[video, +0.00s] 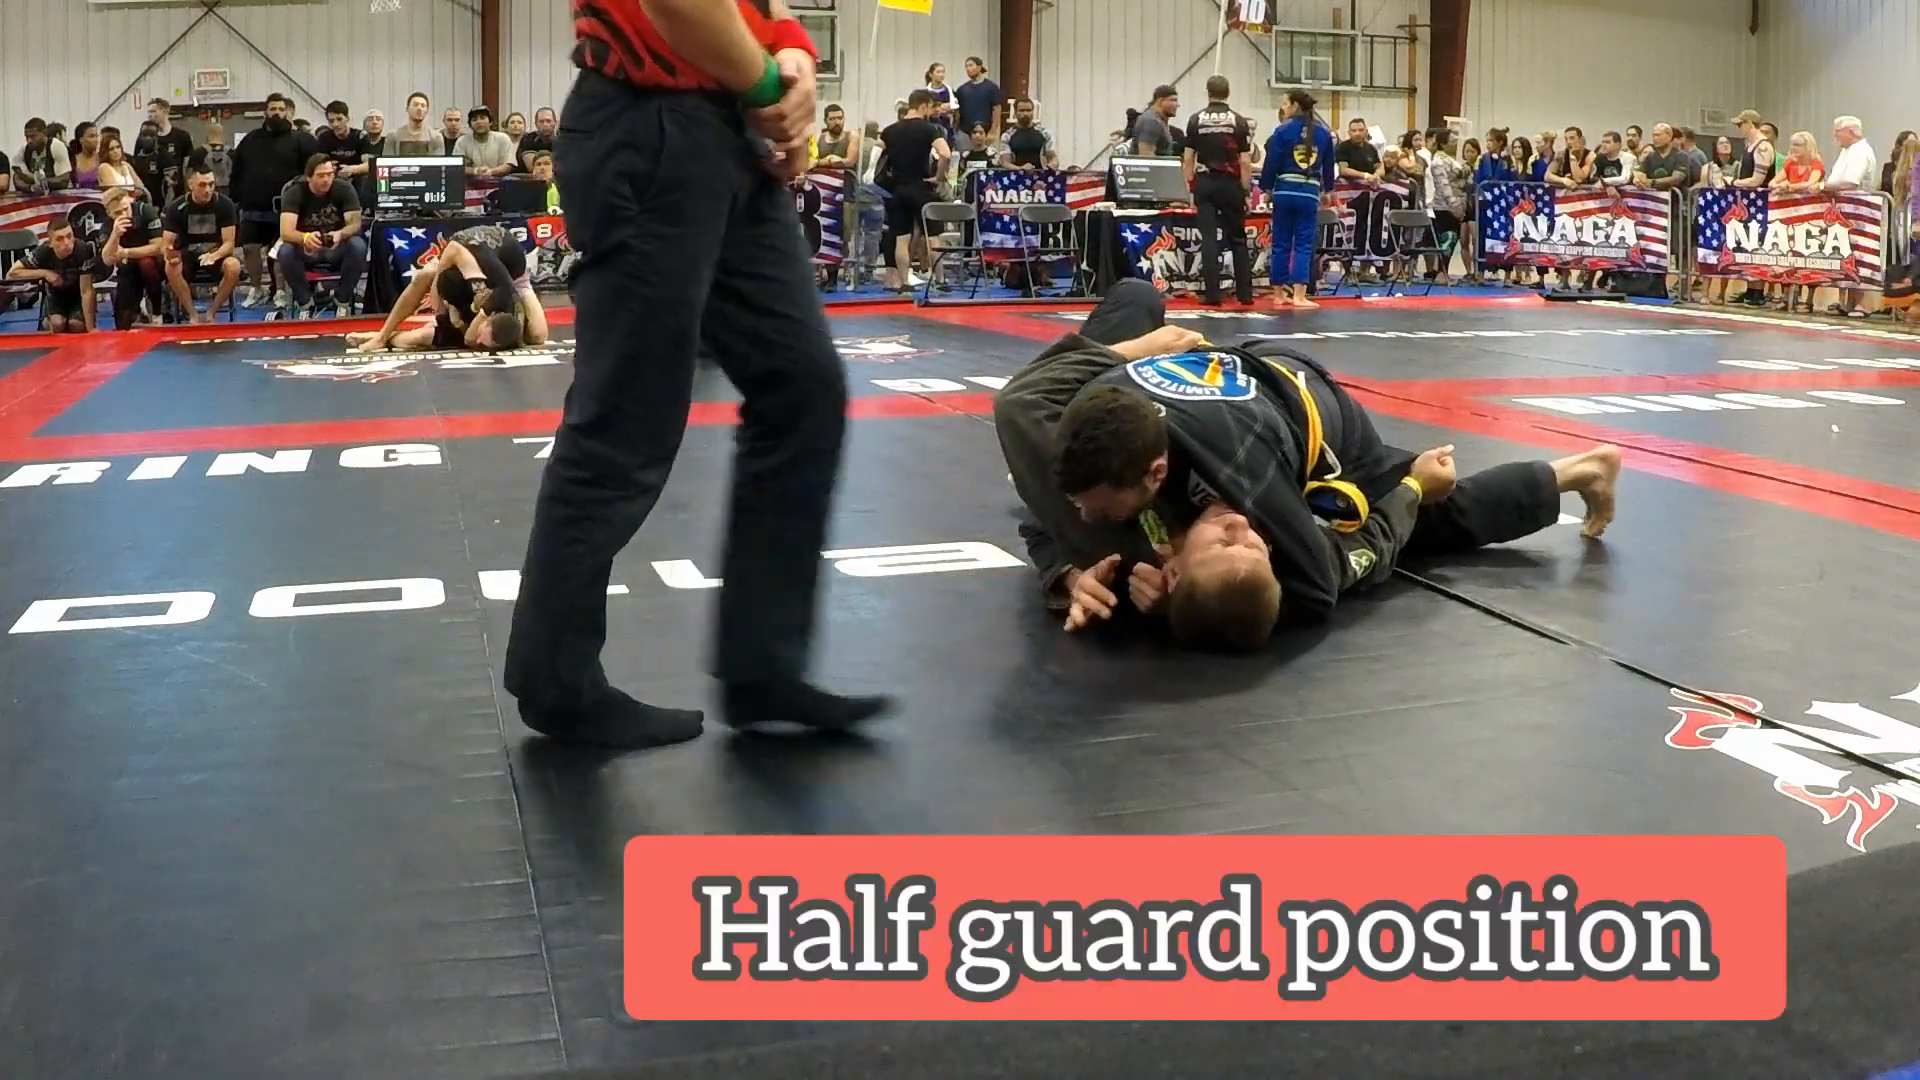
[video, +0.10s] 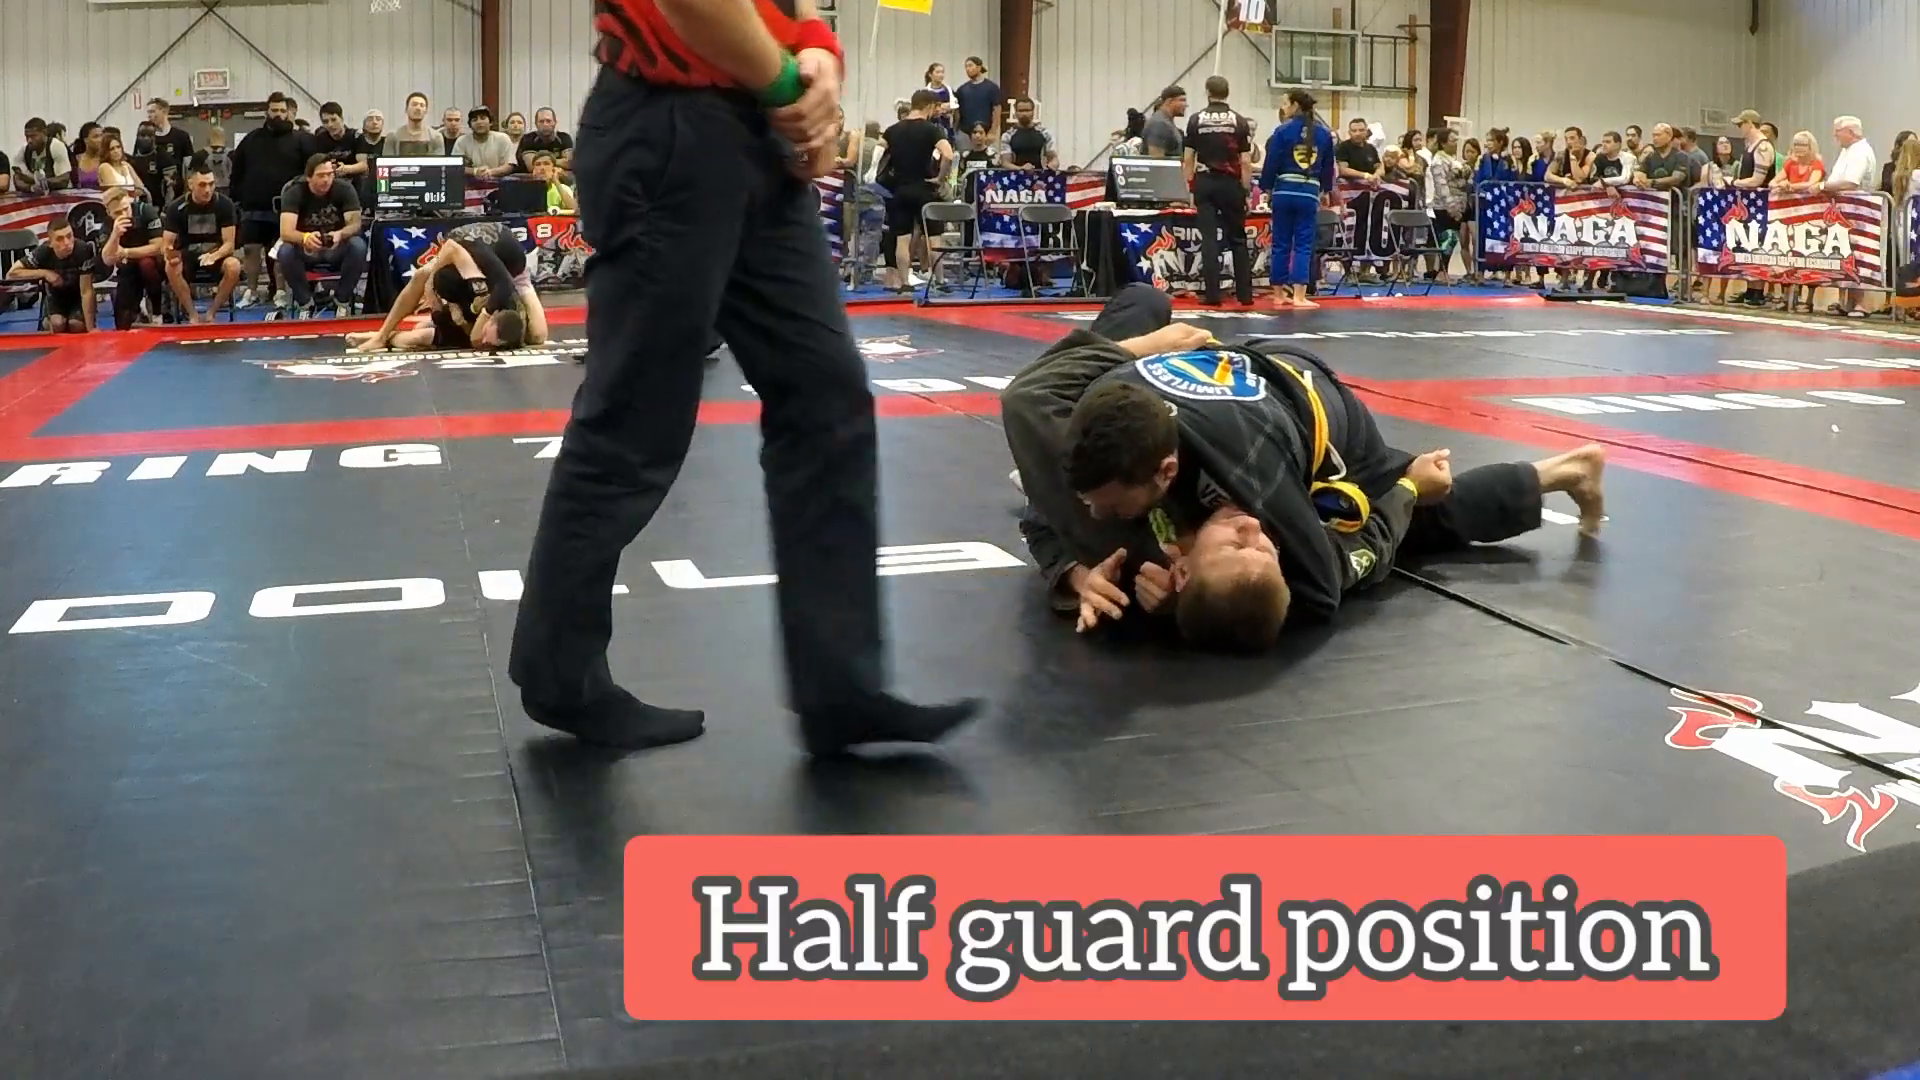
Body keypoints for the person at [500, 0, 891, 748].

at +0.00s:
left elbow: (755, 9)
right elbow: (672, 5)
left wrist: (798, 58)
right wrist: (768, 94)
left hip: (730, 123)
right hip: (644, 119)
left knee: (802, 392)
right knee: (621, 426)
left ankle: (761, 677)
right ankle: (556, 684)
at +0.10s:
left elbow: (794, 12)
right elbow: (684, 7)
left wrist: (823, 60)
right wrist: (786, 85)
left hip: (753, 127)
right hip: (663, 121)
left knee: (825, 404)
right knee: (631, 424)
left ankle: (839, 697)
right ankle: (559, 676)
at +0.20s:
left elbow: (835, 7)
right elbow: (705, 6)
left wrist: (855, 62)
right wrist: (813, 84)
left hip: (791, 124)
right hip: (690, 116)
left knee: (841, 421)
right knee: (646, 426)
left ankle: (875, 718)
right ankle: (565, 668)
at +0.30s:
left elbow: (885, 9)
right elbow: (756, 7)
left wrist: (904, 52)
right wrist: (862, 79)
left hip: (836, 128)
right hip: (733, 120)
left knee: (875, 432)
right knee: (680, 429)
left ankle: (875, 721)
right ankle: (576, 652)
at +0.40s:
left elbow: (906, 7)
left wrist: (939, 45)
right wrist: (891, 76)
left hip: (868, 119)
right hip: (766, 113)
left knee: (891, 439)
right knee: (715, 426)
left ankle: (875, 723)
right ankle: (591, 646)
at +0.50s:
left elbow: (972, 4)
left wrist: (989, 42)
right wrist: (950, 75)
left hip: (918, 120)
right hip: (821, 110)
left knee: (915, 446)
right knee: (796, 423)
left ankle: (874, 723)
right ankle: (634, 627)